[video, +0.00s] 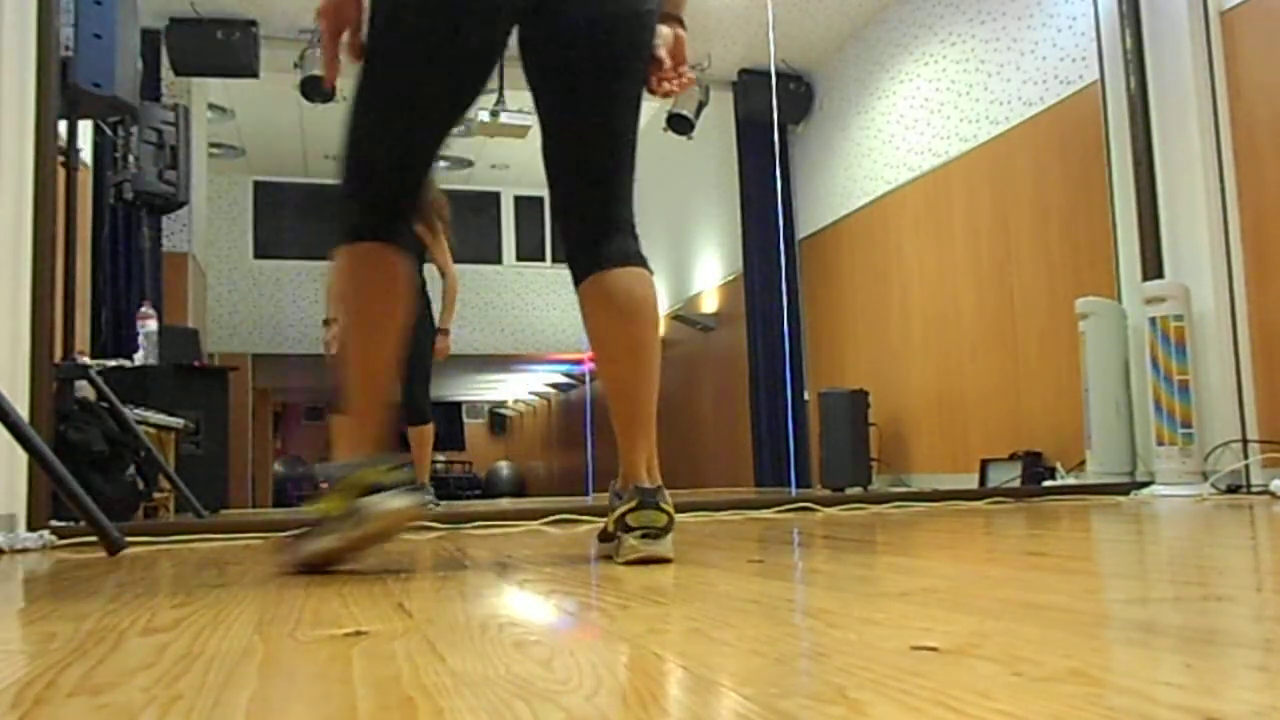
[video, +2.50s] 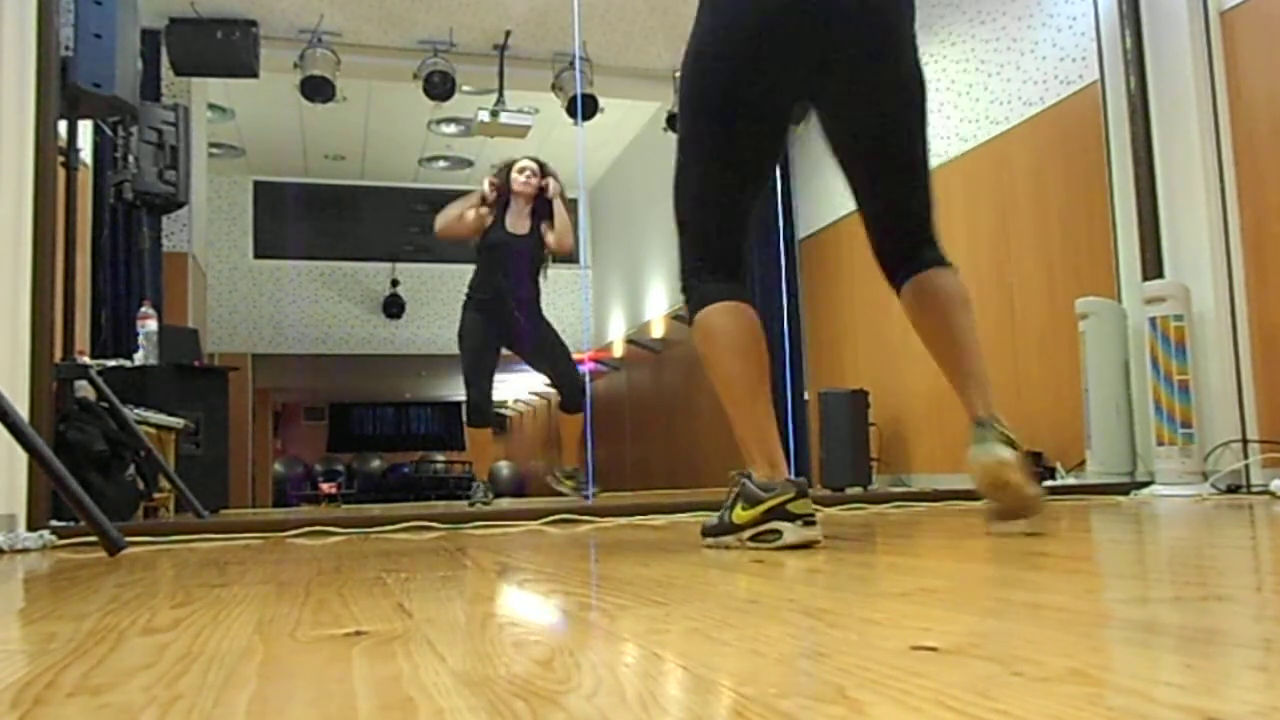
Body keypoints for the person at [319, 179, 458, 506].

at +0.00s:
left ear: (405, 191)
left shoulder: (418, 221)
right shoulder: (357, 226)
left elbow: (449, 274)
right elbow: (337, 272)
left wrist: (444, 328)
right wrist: (334, 319)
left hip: (411, 318)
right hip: (365, 319)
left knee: (415, 401)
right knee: (359, 392)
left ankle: (422, 484)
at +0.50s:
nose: (401, 165)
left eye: (408, 162)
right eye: (395, 159)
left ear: (417, 174)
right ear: (381, 166)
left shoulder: (428, 213)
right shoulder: (359, 210)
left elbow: (446, 263)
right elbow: (332, 263)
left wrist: (455, 314)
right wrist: (350, 307)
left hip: (425, 312)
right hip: (381, 314)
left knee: (428, 398)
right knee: (379, 399)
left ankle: (428, 482)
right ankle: (375, 484)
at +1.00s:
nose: (465, 171)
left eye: (472, 168)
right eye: (458, 166)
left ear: (480, 179)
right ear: (445, 176)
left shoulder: (494, 219)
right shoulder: (429, 217)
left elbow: (521, 266)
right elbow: (402, 267)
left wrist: (517, 300)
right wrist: (421, 286)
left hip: (488, 317)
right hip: (442, 316)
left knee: (522, 395)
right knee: (416, 402)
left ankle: (544, 478)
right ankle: (383, 482)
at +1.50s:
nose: (526, 172)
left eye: (531, 169)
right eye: (520, 167)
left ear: (537, 179)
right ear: (507, 175)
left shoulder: (544, 216)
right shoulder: (491, 212)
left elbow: (572, 209)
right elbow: (490, 193)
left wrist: (549, 173)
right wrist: (509, 169)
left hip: (542, 308)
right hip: (500, 308)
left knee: (541, 398)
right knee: (494, 397)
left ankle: (546, 480)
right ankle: (482, 481)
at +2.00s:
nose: (524, 170)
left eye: (530, 167)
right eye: (519, 164)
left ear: (537, 176)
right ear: (506, 172)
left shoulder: (544, 217)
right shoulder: (489, 210)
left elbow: (573, 204)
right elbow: (477, 173)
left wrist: (550, 169)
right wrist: (503, 158)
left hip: (545, 306)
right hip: (504, 307)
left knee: (543, 396)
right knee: (500, 397)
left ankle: (546, 480)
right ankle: (484, 481)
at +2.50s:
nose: (528, 177)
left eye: (534, 174)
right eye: (522, 171)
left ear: (539, 188)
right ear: (507, 181)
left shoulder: (542, 223)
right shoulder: (486, 217)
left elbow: (564, 243)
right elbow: (442, 227)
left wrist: (557, 198)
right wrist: (476, 196)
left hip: (526, 318)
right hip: (482, 316)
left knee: (573, 385)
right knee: (478, 398)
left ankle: (568, 470)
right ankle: (481, 483)